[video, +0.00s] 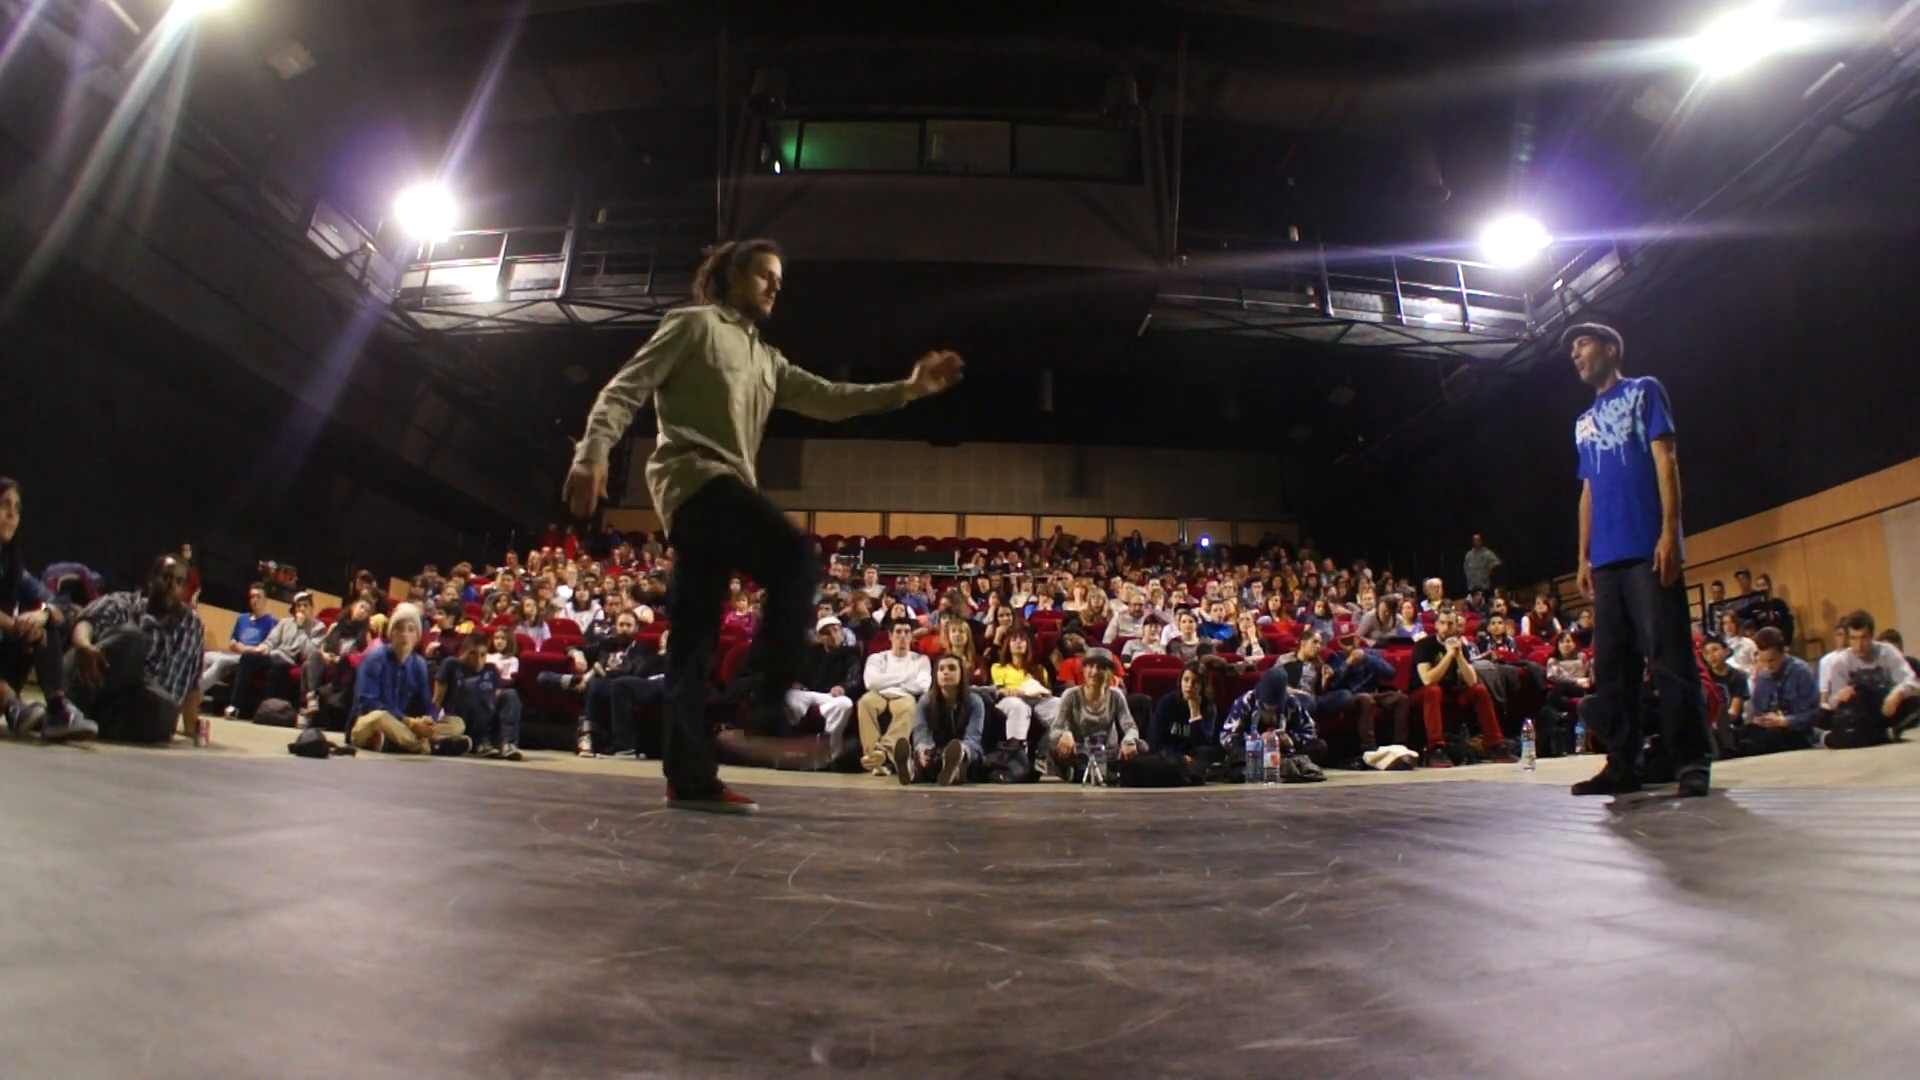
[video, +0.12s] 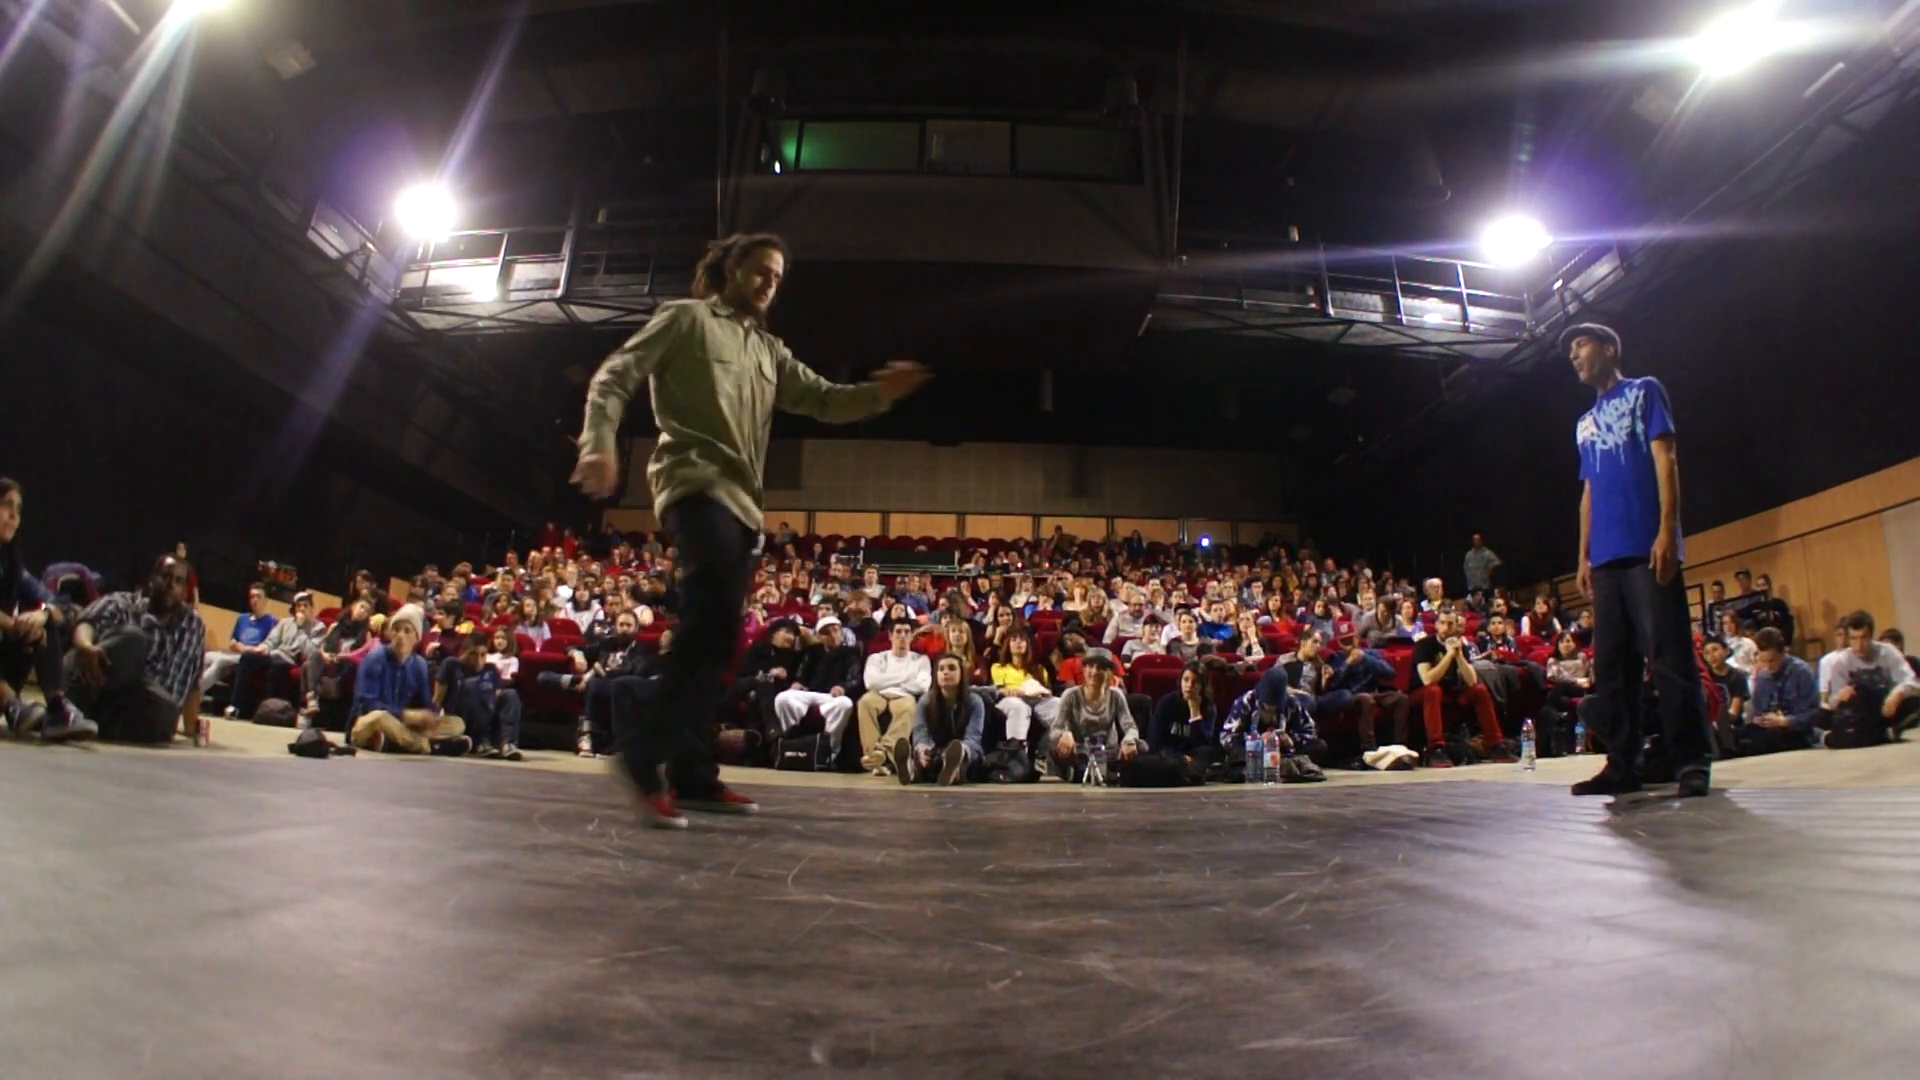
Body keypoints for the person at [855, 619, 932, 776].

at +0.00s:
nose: (902, 636)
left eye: (906, 632)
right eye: (898, 632)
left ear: (911, 637)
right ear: (890, 636)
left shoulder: (921, 659)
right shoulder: (875, 658)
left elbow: (922, 686)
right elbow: (871, 682)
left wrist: (887, 683)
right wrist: (906, 677)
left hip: (904, 694)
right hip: (880, 693)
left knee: (907, 710)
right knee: (865, 703)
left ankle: (884, 750)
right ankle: (876, 761)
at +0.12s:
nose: (902, 636)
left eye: (906, 632)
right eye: (898, 632)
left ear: (912, 636)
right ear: (890, 636)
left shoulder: (921, 659)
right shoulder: (875, 658)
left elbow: (922, 686)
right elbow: (871, 682)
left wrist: (887, 683)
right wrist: (905, 677)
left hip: (904, 694)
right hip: (879, 692)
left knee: (907, 710)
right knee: (865, 703)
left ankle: (884, 750)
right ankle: (875, 761)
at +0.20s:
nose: (902, 636)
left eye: (906, 632)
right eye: (898, 632)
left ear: (911, 636)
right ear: (890, 636)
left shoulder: (921, 659)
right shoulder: (876, 658)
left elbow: (922, 686)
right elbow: (871, 682)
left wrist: (887, 683)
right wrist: (905, 677)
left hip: (904, 694)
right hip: (879, 692)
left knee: (907, 710)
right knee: (865, 703)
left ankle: (884, 750)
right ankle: (875, 761)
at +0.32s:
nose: (902, 636)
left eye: (906, 632)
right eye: (898, 632)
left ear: (911, 636)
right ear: (891, 635)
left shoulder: (921, 659)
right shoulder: (876, 658)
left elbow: (922, 686)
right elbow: (871, 682)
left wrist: (888, 682)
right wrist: (904, 678)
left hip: (904, 694)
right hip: (880, 692)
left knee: (906, 710)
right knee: (865, 703)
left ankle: (885, 749)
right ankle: (876, 760)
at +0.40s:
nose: (902, 636)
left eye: (906, 632)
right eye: (898, 632)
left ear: (911, 636)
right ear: (890, 635)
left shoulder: (921, 659)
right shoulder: (876, 658)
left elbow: (921, 686)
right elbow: (871, 682)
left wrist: (887, 683)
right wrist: (905, 677)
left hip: (904, 695)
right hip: (880, 692)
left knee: (907, 710)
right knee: (865, 703)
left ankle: (885, 749)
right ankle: (875, 760)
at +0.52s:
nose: (902, 636)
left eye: (906, 632)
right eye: (898, 632)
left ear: (911, 636)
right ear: (890, 635)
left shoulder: (921, 659)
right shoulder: (876, 658)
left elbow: (921, 687)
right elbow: (871, 682)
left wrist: (887, 682)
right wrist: (905, 677)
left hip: (904, 695)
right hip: (880, 692)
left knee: (907, 710)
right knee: (865, 703)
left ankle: (885, 749)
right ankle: (875, 760)